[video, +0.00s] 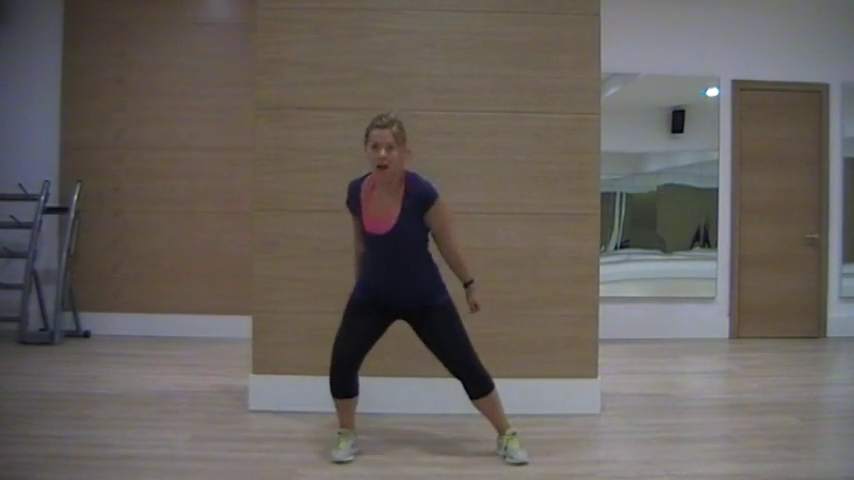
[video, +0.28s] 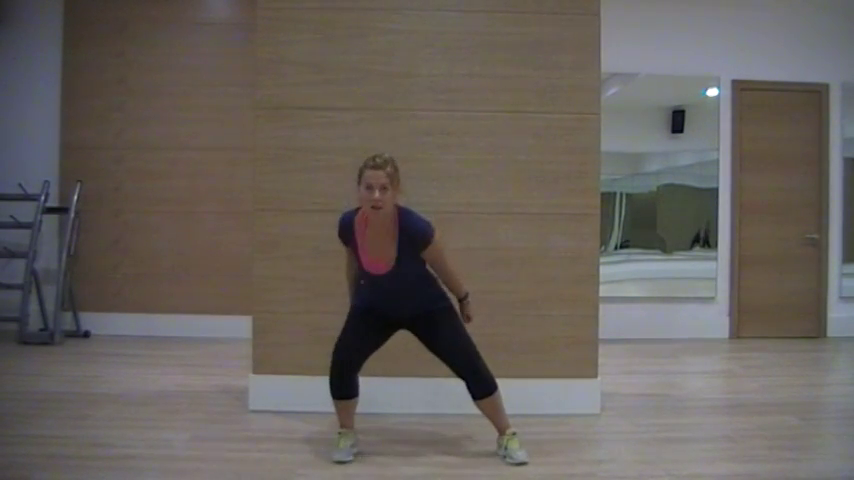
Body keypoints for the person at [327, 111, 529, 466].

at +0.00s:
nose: (382, 155)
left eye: (390, 147)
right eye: (375, 147)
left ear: (405, 152)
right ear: (366, 151)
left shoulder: (421, 192)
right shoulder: (358, 192)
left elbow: (446, 242)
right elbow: (360, 247)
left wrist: (469, 284)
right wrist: (361, 289)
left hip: (423, 295)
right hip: (374, 295)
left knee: (466, 365)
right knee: (342, 362)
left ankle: (506, 435)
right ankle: (346, 434)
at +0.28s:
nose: (375, 196)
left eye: (383, 189)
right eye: (369, 188)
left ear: (396, 192)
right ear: (358, 190)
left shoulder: (413, 227)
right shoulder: (350, 225)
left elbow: (441, 266)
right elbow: (353, 267)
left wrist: (463, 297)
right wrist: (355, 306)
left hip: (423, 305)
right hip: (375, 307)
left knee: (470, 365)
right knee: (342, 363)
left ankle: (507, 436)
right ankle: (346, 435)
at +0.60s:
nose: (401, 244)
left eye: (408, 237)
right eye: (393, 237)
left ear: (420, 238)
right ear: (380, 238)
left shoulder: (437, 264)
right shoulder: (365, 260)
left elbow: (460, 293)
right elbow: (353, 289)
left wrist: (465, 313)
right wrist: (350, 325)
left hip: (434, 316)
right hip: (383, 315)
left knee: (478, 367)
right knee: (351, 365)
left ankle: (507, 436)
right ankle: (346, 434)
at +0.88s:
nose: (440, 269)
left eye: (447, 261)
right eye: (431, 261)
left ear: (457, 260)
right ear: (417, 260)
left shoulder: (470, 281)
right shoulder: (395, 274)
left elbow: (474, 306)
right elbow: (365, 293)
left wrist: (474, 323)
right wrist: (356, 322)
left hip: (445, 320)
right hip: (393, 316)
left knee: (485, 365)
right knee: (362, 367)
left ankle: (508, 436)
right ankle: (347, 434)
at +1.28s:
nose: (488, 266)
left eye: (495, 257)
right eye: (480, 257)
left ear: (503, 253)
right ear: (464, 253)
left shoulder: (507, 268)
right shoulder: (436, 261)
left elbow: (487, 282)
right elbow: (392, 268)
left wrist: (482, 301)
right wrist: (367, 295)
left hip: (452, 309)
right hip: (402, 301)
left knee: (492, 361)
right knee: (377, 365)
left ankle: (509, 435)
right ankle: (349, 434)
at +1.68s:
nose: (513, 221)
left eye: (520, 214)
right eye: (505, 213)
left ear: (528, 213)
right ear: (488, 210)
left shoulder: (522, 234)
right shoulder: (457, 228)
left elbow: (482, 257)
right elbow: (409, 246)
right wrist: (380, 277)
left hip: (459, 290)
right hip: (409, 287)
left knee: (492, 357)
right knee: (384, 362)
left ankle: (508, 436)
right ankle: (350, 434)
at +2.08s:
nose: (523, 169)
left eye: (529, 162)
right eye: (515, 162)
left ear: (535, 166)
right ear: (499, 164)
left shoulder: (526, 205)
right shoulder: (472, 195)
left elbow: (489, 244)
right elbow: (422, 226)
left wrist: (474, 278)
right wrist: (389, 268)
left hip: (466, 284)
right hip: (418, 281)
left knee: (499, 353)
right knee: (388, 359)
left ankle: (509, 436)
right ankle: (350, 433)